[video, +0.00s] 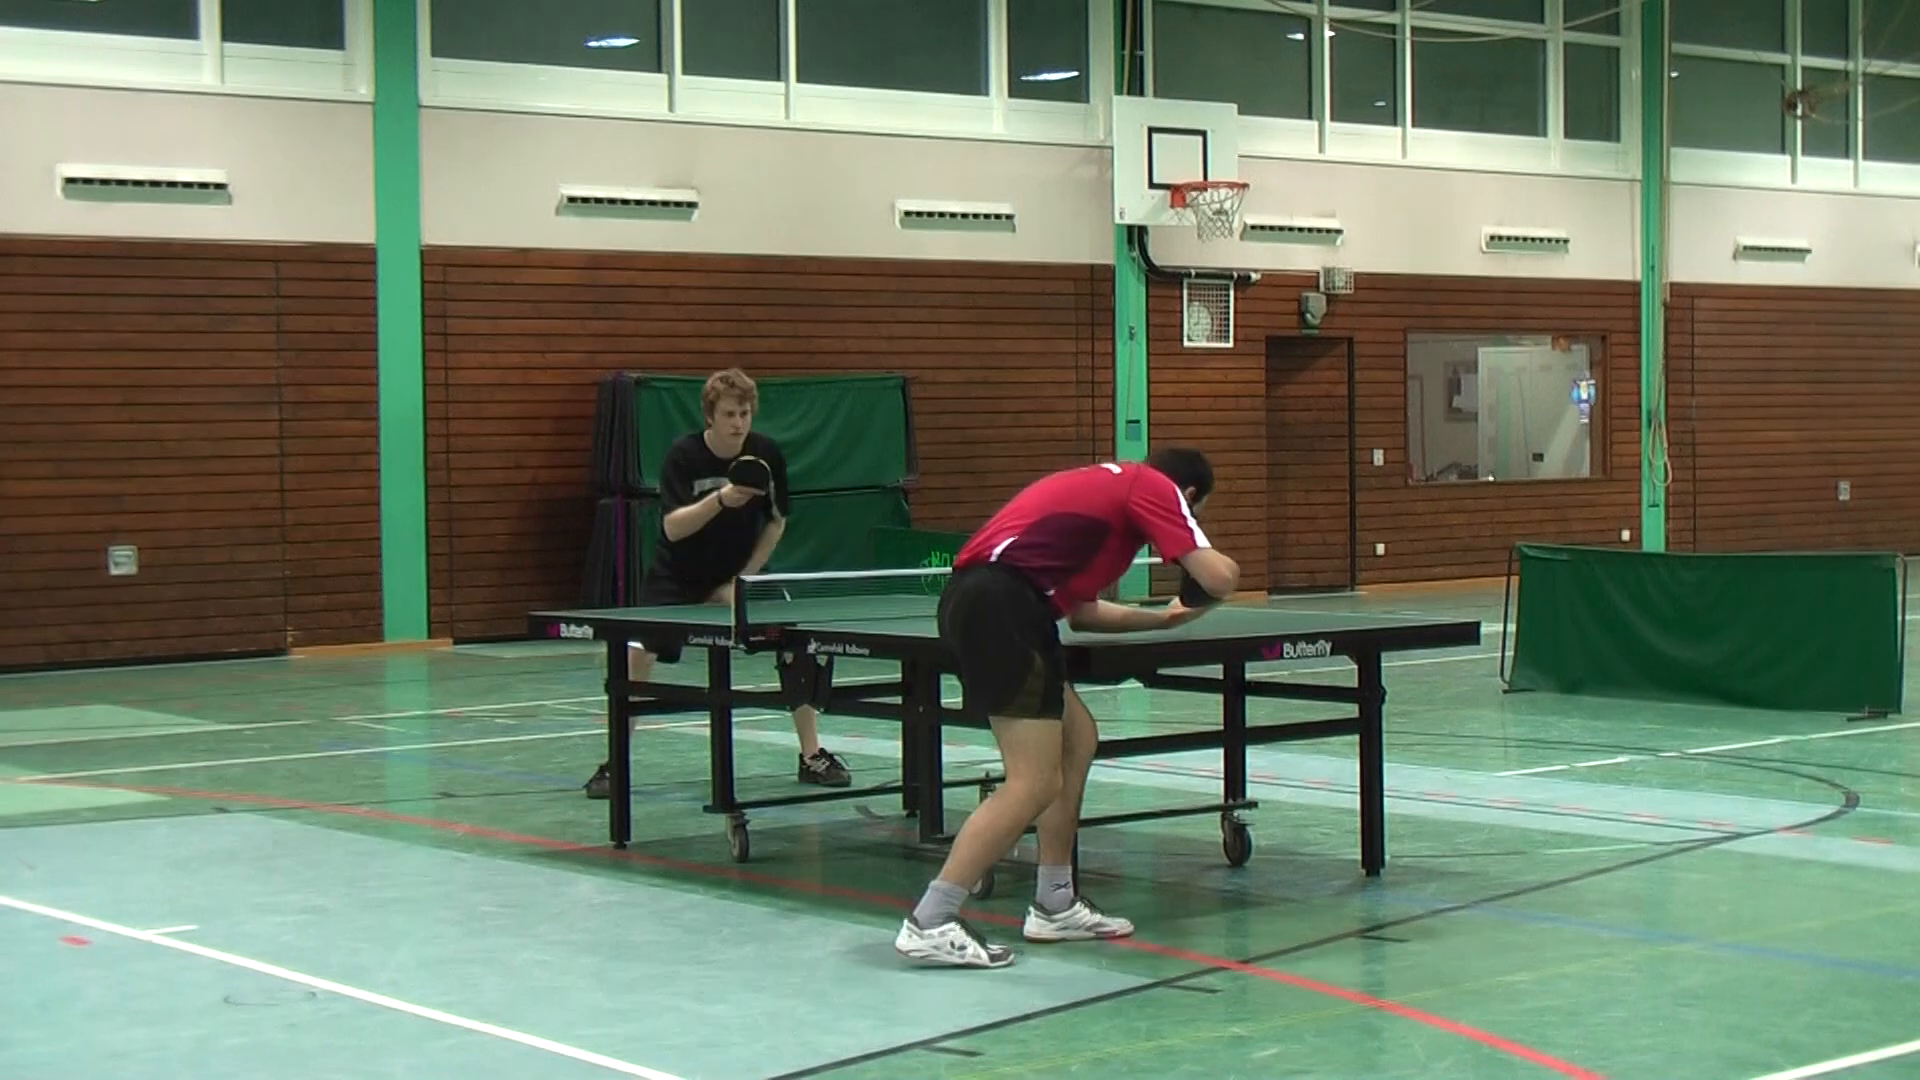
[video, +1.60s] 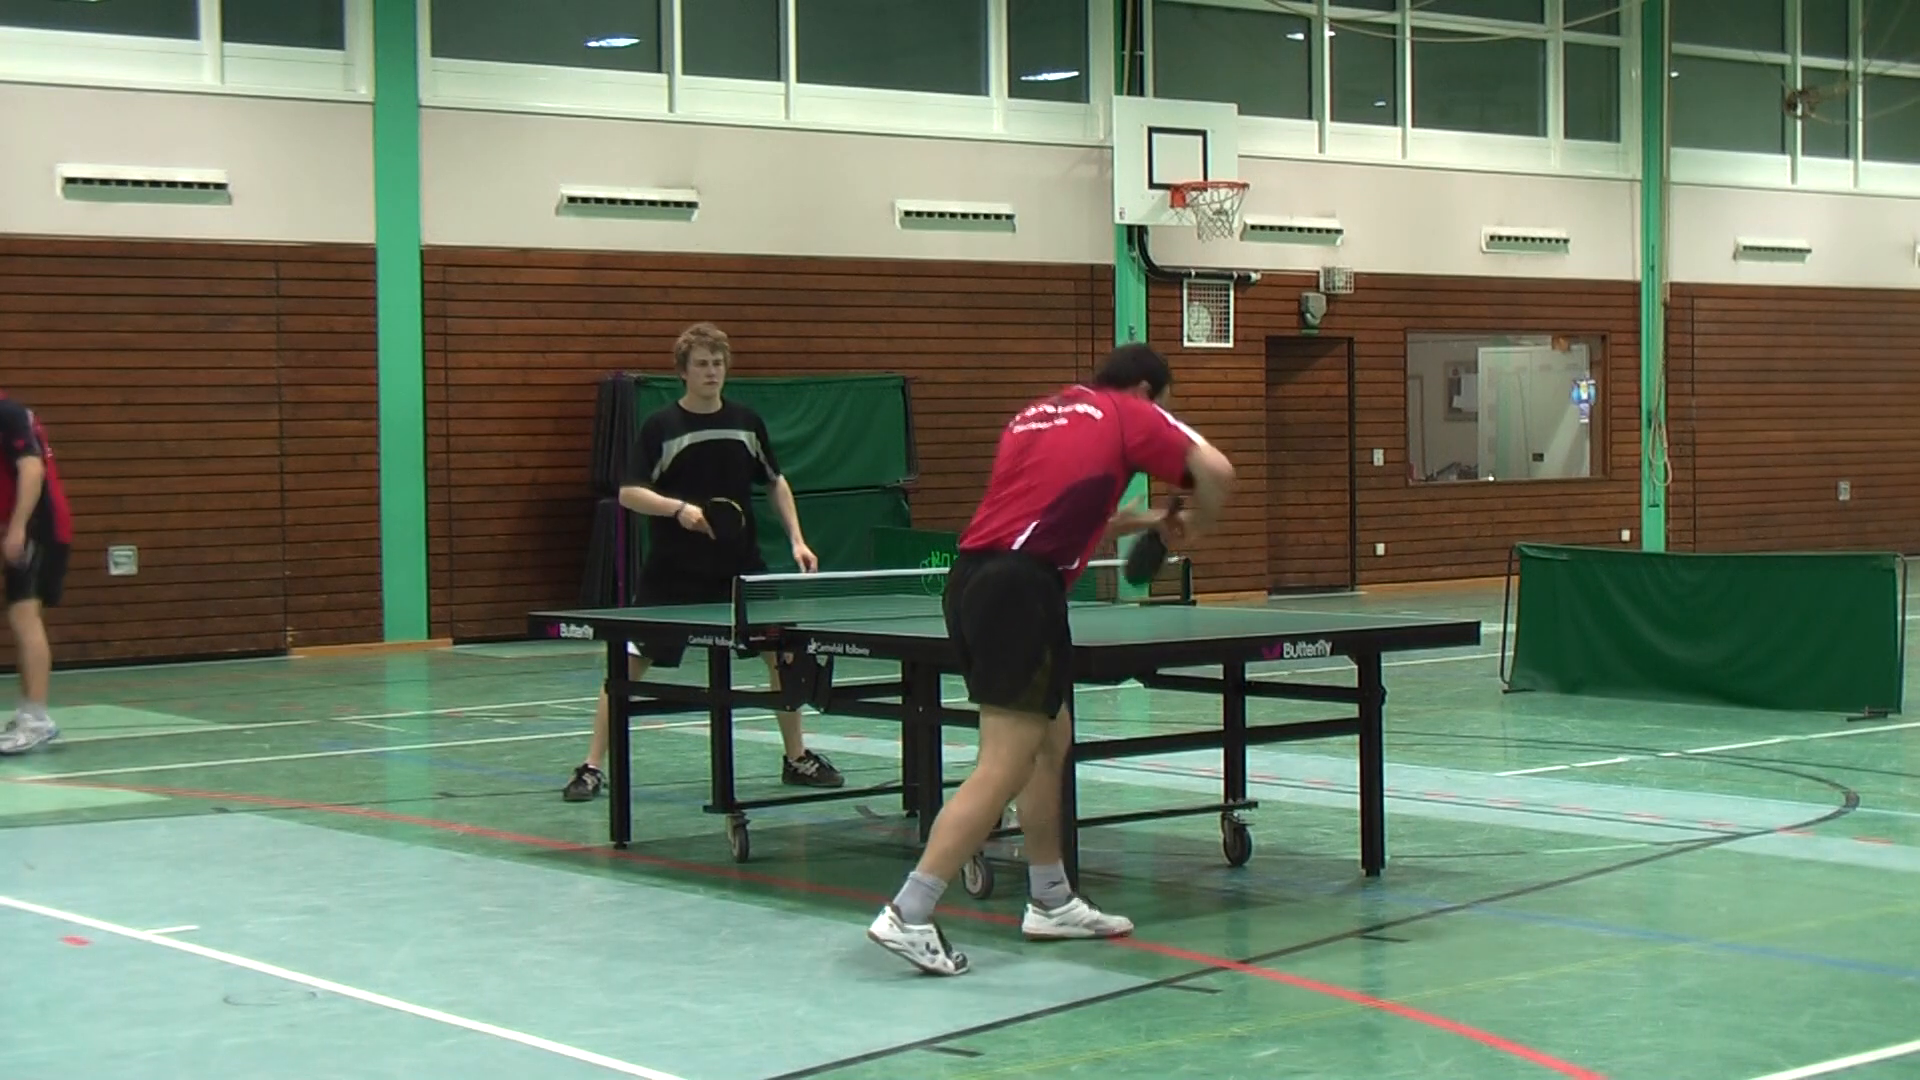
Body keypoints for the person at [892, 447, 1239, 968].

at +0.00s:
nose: (1193, 514)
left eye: (1195, 508)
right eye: (1196, 505)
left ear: (1151, 468)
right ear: (1185, 490)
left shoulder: (1101, 496)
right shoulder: (1150, 485)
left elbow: (1080, 611)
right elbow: (1218, 576)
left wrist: (1167, 617)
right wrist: (1211, 587)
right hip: (998, 600)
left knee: (1079, 736)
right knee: (1035, 780)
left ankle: (1055, 905)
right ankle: (928, 922)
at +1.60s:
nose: (1160, 413)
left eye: (1161, 404)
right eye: (1160, 403)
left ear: (1105, 379)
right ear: (1143, 391)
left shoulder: (1038, 412)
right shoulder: (1128, 411)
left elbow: (1059, 517)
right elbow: (1217, 471)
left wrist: (1146, 521)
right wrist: (1199, 523)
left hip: (974, 579)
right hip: (1020, 585)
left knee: (1050, 739)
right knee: (1003, 765)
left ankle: (1051, 901)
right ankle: (908, 914)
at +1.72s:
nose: (1150, 398)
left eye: (1149, 387)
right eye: (1150, 387)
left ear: (1095, 362)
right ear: (1135, 374)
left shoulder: (1029, 404)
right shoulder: (1115, 384)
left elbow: (958, 500)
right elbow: (1161, 410)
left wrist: (1028, 540)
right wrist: (1169, 482)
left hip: (976, 575)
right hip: (1026, 578)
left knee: (1040, 736)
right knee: (1006, 758)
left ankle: (1021, 904)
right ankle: (912, 913)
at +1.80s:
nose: (1153, 407)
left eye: (1156, 400)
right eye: (1156, 398)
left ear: (1097, 365)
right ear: (1141, 382)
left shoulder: (1027, 416)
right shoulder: (1118, 380)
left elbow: (952, 491)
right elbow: (1123, 399)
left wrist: (978, 562)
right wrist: (1153, 473)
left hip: (987, 577)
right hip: (1034, 576)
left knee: (1038, 742)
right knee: (1014, 755)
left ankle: (1002, 910)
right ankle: (916, 912)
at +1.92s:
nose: (1162, 420)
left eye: (1163, 411)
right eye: (1161, 409)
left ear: (1102, 383)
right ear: (1147, 393)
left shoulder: (1038, 418)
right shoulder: (1138, 405)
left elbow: (973, 531)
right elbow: (1153, 484)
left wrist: (955, 626)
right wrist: (1164, 544)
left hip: (986, 585)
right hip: (1042, 584)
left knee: (1029, 751)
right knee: (1010, 760)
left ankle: (998, 911)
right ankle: (911, 912)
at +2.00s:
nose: (1165, 413)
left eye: (1163, 403)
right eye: (1164, 403)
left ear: (1105, 385)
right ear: (1154, 394)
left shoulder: (1041, 420)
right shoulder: (1152, 410)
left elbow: (981, 532)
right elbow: (1205, 505)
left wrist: (966, 632)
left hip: (993, 585)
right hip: (1052, 589)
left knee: (1028, 756)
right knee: (1038, 768)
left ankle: (997, 911)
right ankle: (919, 902)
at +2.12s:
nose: (1175, 394)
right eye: (1172, 383)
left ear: (1110, 375)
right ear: (1165, 379)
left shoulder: (1056, 417)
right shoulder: (1169, 402)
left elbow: (997, 525)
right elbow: (1226, 497)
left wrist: (982, 617)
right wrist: (1236, 442)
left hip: (1028, 593)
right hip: (1099, 593)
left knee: (1038, 754)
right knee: (1133, 765)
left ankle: (995, 911)